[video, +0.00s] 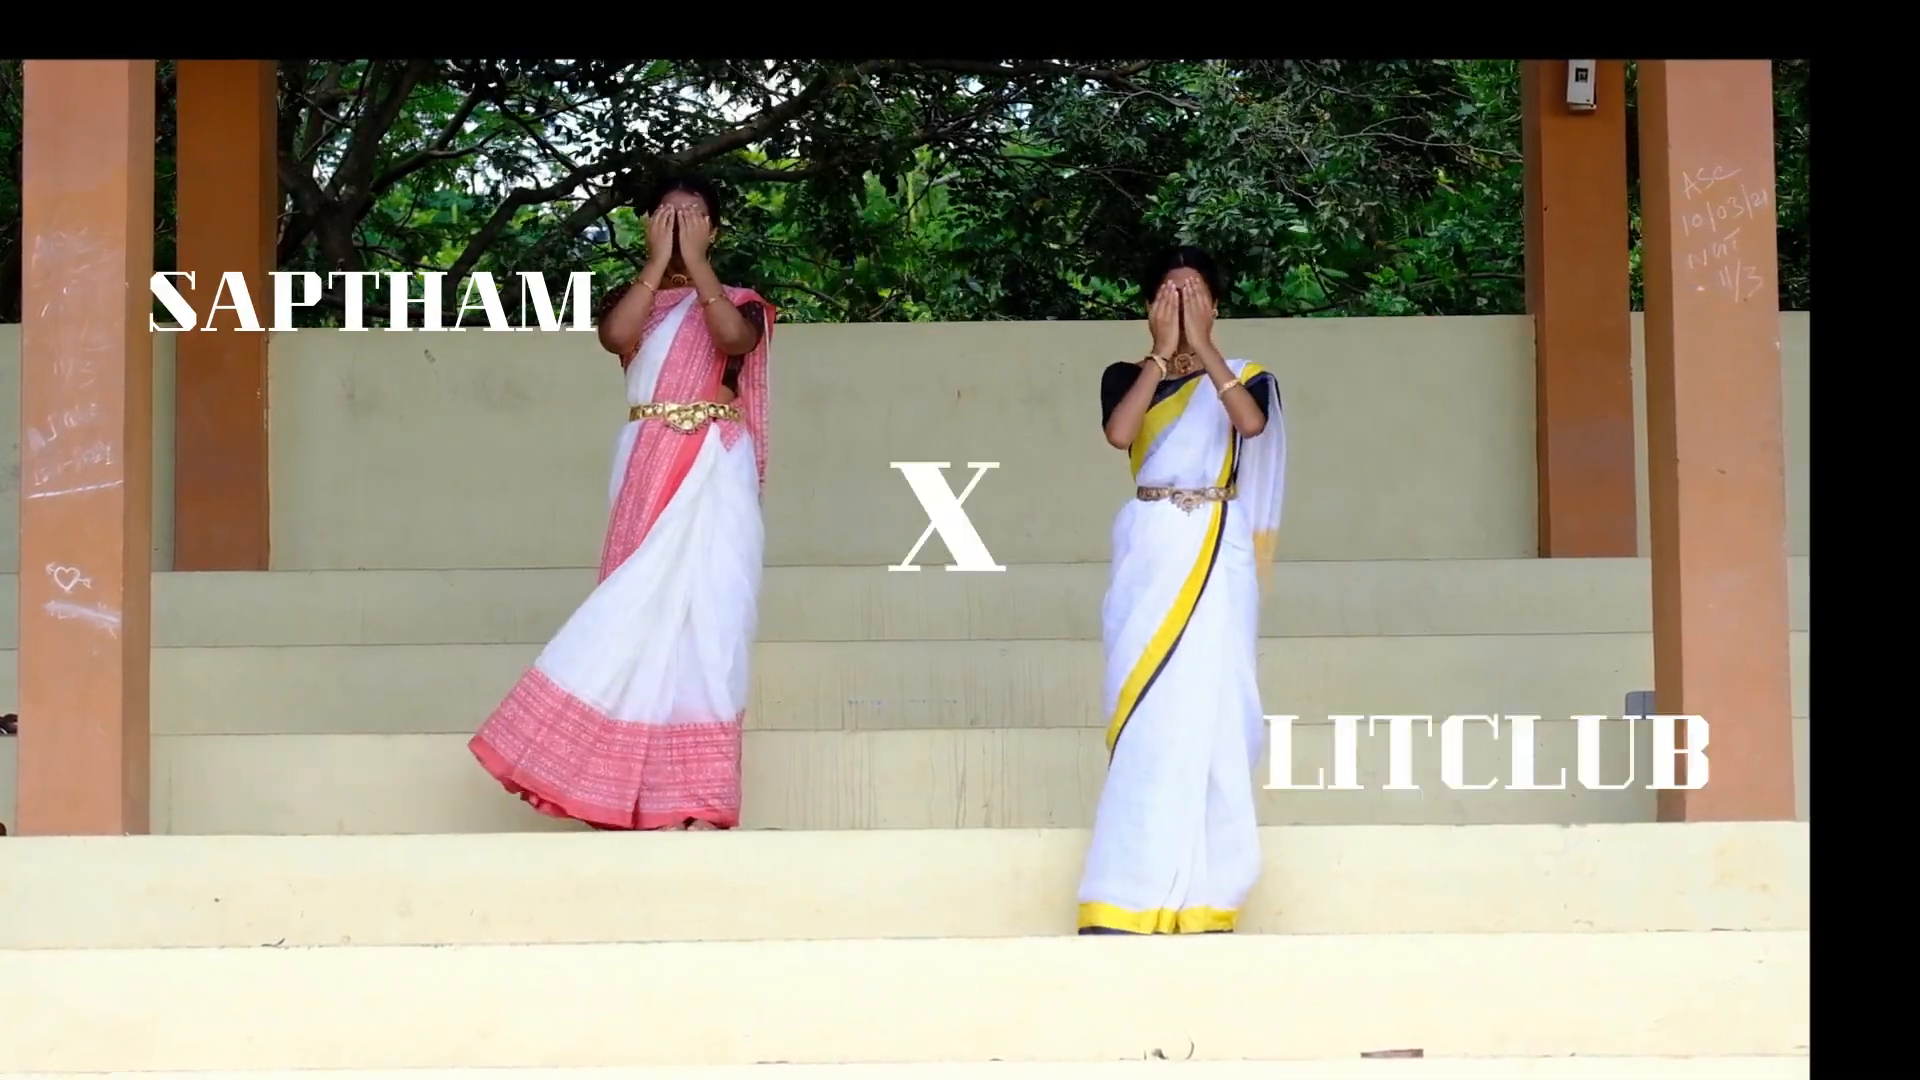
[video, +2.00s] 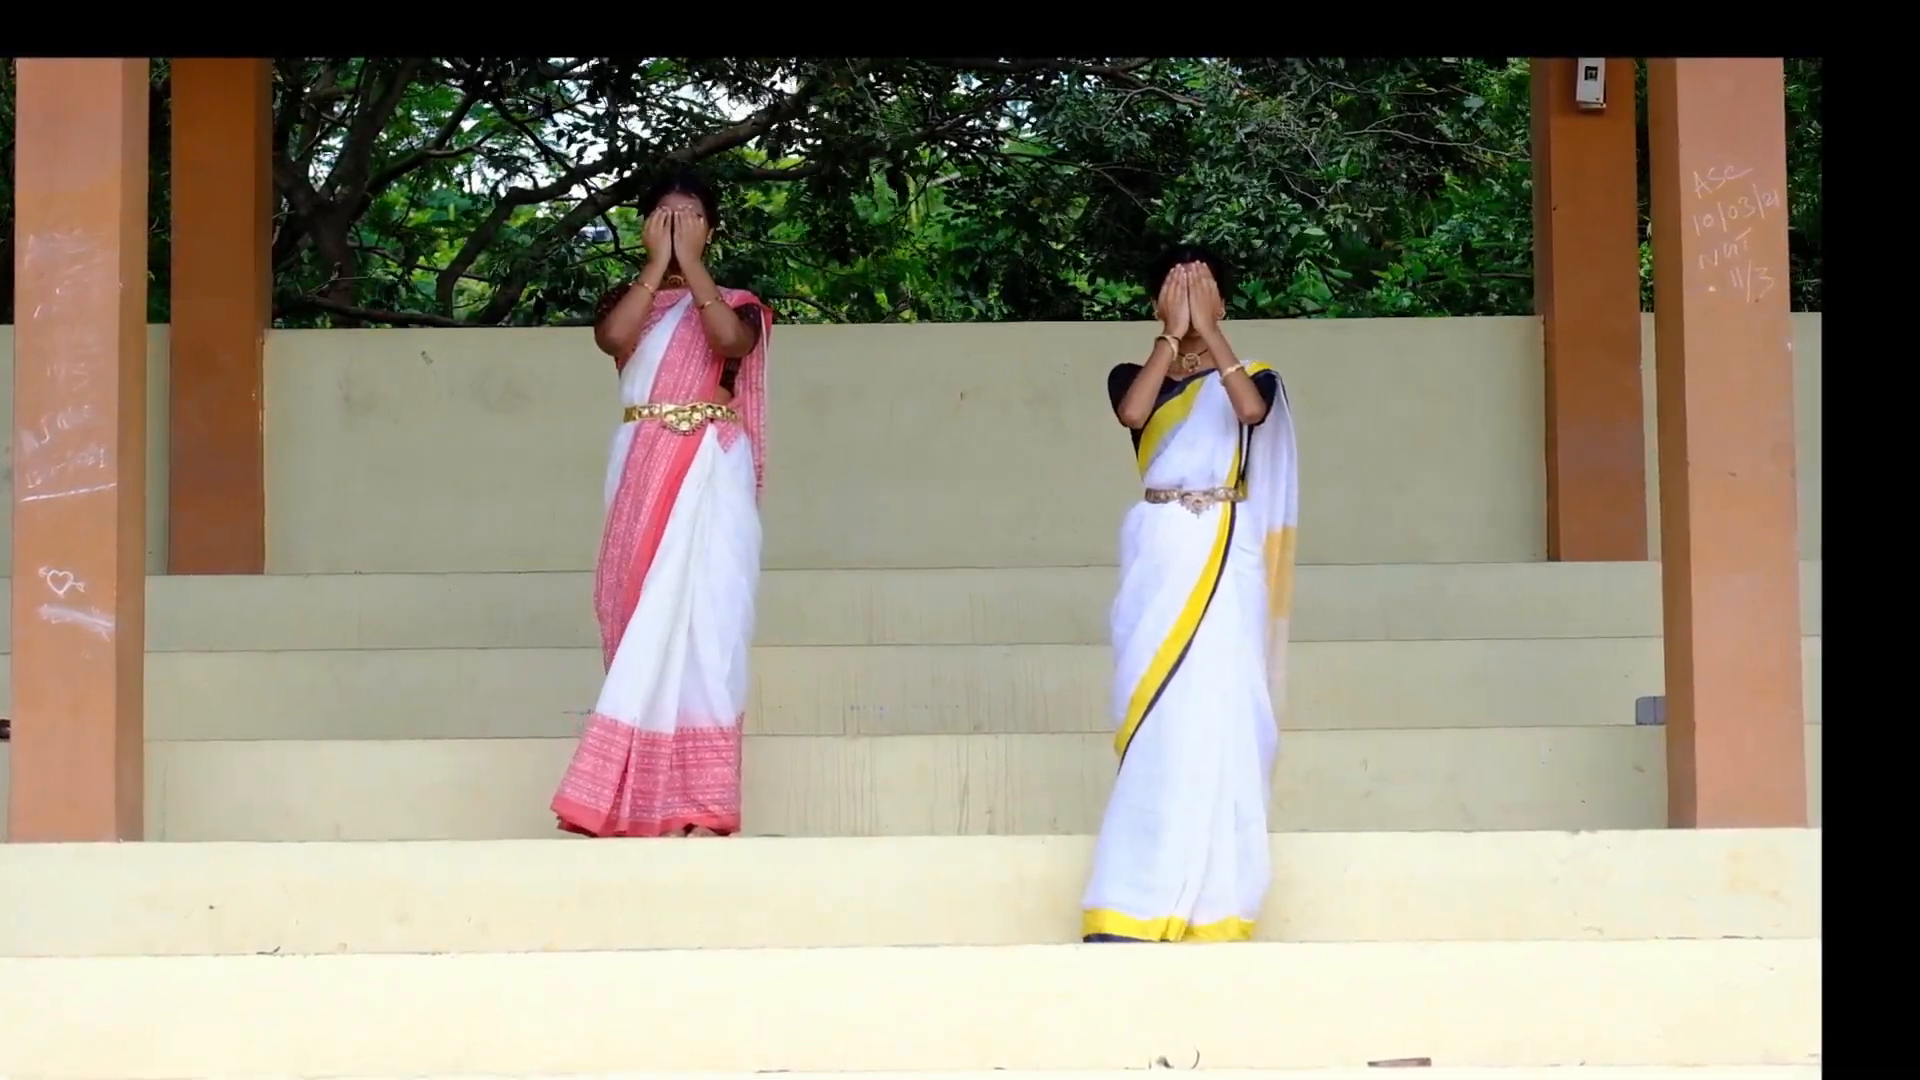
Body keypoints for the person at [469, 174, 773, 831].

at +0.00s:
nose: (681, 224)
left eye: (694, 214)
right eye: (669, 213)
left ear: (714, 227)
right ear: (652, 226)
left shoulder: (739, 300)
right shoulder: (636, 300)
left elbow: (736, 338)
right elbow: (617, 336)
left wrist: (696, 260)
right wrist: (657, 261)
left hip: (715, 469)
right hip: (647, 469)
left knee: (707, 620)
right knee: (639, 614)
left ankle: (696, 795)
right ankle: (626, 792)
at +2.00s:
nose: (674, 227)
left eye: (689, 216)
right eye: (664, 214)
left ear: (712, 227)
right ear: (644, 225)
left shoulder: (738, 305)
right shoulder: (628, 302)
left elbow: (732, 340)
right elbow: (615, 338)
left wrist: (693, 263)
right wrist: (658, 262)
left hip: (713, 478)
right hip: (643, 478)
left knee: (706, 628)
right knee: (639, 625)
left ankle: (703, 804)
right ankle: (635, 800)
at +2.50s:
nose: (681, 228)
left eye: (694, 216)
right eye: (670, 217)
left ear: (717, 229)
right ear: (652, 231)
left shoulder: (742, 303)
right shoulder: (636, 302)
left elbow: (737, 340)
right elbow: (595, 333)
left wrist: (695, 259)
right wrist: (634, 254)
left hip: (712, 476)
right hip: (642, 475)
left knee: (706, 628)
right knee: (641, 625)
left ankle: (702, 803)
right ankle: (639, 799)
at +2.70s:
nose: (699, 226)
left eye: (711, 214)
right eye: (687, 216)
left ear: (729, 228)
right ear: (668, 230)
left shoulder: (748, 302)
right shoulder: (642, 300)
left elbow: (749, 339)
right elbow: (591, 338)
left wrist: (708, 261)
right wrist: (619, 254)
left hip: (714, 472)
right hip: (643, 470)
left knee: (706, 625)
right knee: (647, 623)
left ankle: (702, 805)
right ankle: (647, 799)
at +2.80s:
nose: (699, 226)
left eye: (711, 214)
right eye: (687, 215)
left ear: (730, 227)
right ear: (668, 230)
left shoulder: (750, 301)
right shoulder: (645, 300)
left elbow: (751, 338)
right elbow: (595, 338)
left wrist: (711, 261)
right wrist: (621, 257)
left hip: (715, 474)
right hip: (644, 472)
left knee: (707, 627)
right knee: (646, 624)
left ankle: (702, 805)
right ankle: (634, 800)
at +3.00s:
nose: (682, 228)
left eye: (694, 216)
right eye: (673, 218)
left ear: (721, 227)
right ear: (660, 231)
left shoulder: (746, 299)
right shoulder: (643, 300)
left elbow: (747, 340)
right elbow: (604, 341)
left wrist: (707, 265)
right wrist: (633, 260)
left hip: (715, 472)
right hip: (645, 470)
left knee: (708, 625)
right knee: (646, 623)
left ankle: (702, 805)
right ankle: (641, 801)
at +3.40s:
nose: (676, 227)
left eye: (689, 215)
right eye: (664, 215)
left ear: (711, 227)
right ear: (647, 229)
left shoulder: (737, 302)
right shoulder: (634, 301)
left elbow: (740, 339)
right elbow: (607, 333)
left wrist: (695, 260)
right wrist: (653, 257)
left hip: (712, 475)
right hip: (644, 475)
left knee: (700, 628)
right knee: (649, 627)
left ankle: (687, 805)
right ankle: (642, 799)